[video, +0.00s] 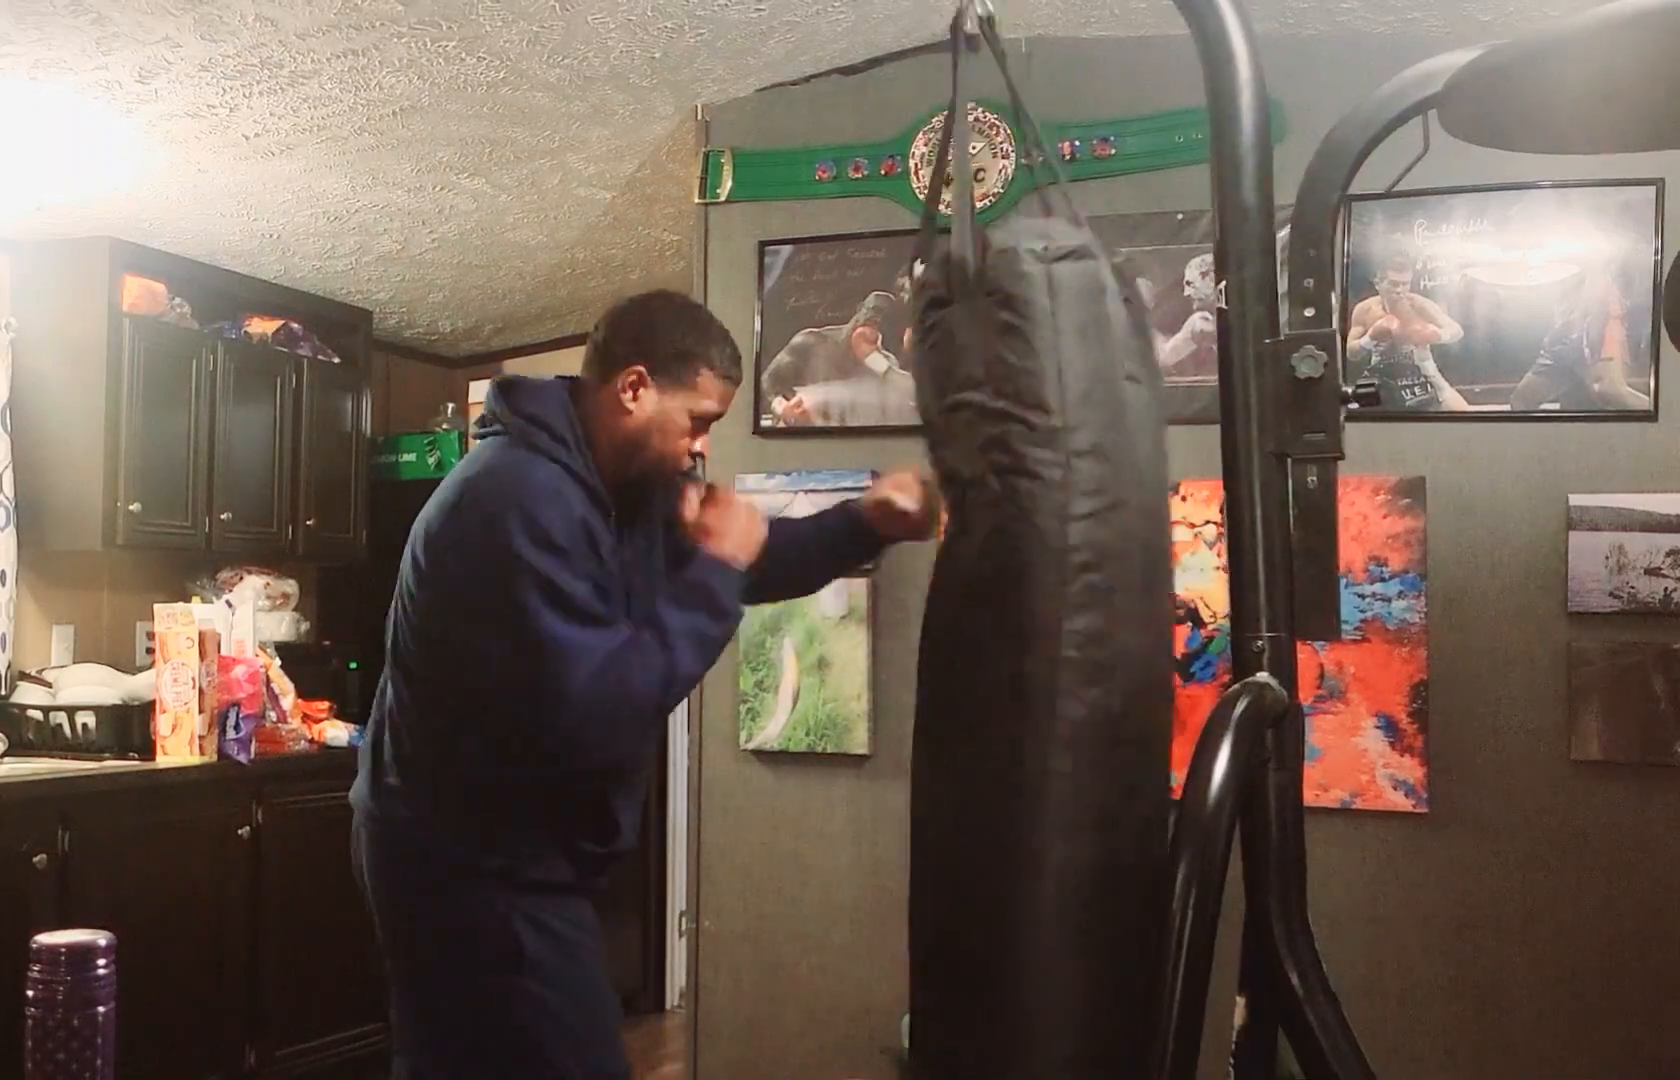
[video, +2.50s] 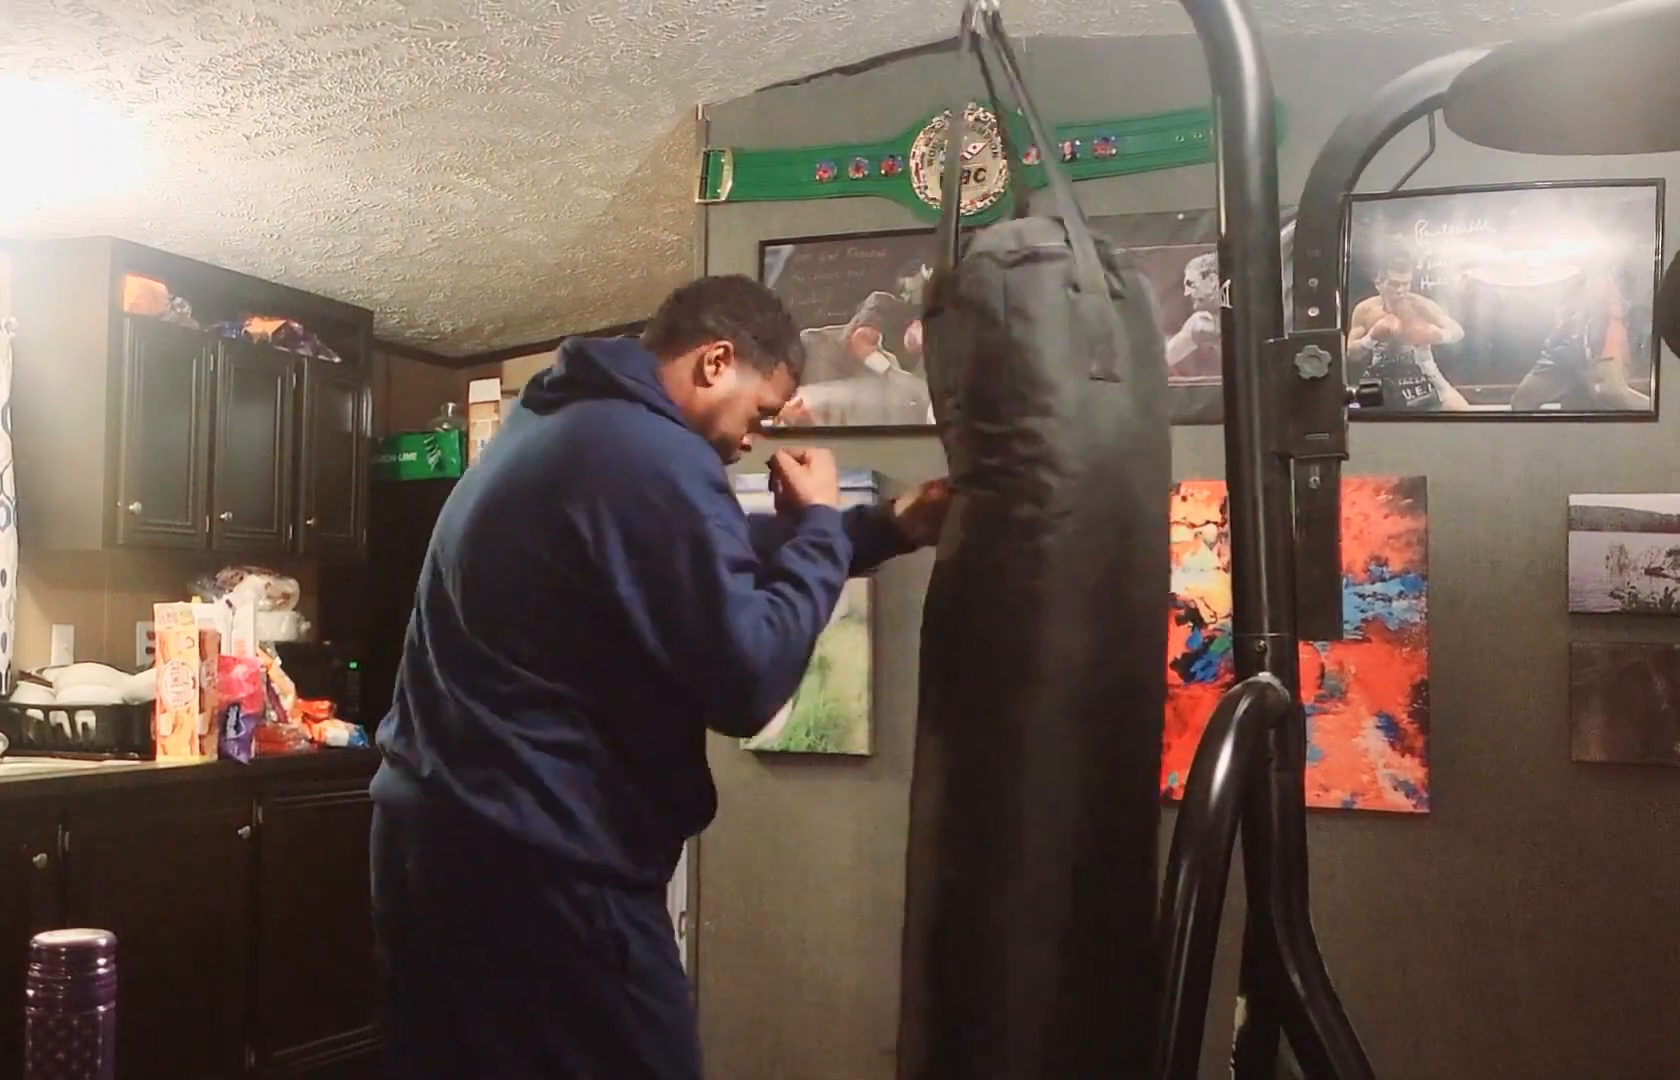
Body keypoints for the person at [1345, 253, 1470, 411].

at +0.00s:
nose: (1400, 290)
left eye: (1405, 284)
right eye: (1394, 284)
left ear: (1410, 283)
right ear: (1378, 283)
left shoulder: (1421, 305)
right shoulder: (1364, 310)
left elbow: (1456, 331)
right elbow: (1351, 353)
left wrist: (1435, 335)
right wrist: (1371, 337)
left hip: (1425, 380)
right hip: (1382, 382)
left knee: (1466, 416)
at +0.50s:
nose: (1401, 290)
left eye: (1406, 284)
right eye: (1395, 284)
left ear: (1411, 282)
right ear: (1379, 283)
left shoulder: (1421, 304)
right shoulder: (1364, 310)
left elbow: (1457, 331)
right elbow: (1351, 353)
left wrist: (1436, 335)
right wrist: (1373, 337)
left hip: (1427, 381)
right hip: (1384, 383)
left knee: (1467, 417)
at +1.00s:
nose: (1400, 290)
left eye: (1405, 284)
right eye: (1394, 284)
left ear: (1410, 283)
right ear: (1378, 283)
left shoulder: (1420, 304)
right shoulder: (1364, 309)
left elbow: (1457, 331)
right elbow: (1350, 352)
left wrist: (1434, 334)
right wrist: (1372, 336)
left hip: (1426, 381)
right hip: (1383, 384)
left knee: (1466, 416)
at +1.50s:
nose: (1401, 290)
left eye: (1406, 284)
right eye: (1394, 284)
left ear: (1410, 283)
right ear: (1378, 283)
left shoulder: (1420, 304)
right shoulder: (1364, 310)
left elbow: (1457, 331)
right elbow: (1351, 353)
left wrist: (1434, 334)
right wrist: (1373, 336)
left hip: (1427, 381)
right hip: (1384, 384)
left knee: (1465, 415)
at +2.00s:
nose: (1401, 290)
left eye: (1406, 284)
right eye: (1395, 284)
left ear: (1411, 282)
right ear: (1379, 283)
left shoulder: (1421, 305)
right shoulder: (1365, 310)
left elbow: (1457, 330)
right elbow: (1352, 353)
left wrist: (1434, 335)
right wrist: (1373, 337)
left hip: (1427, 381)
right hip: (1384, 384)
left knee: (1466, 415)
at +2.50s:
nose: (1401, 290)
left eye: (1406, 284)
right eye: (1394, 284)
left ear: (1411, 282)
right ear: (1378, 283)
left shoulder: (1422, 305)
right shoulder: (1364, 310)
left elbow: (1457, 331)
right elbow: (1351, 354)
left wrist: (1434, 335)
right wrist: (1373, 337)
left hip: (1426, 381)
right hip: (1383, 383)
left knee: (1467, 417)